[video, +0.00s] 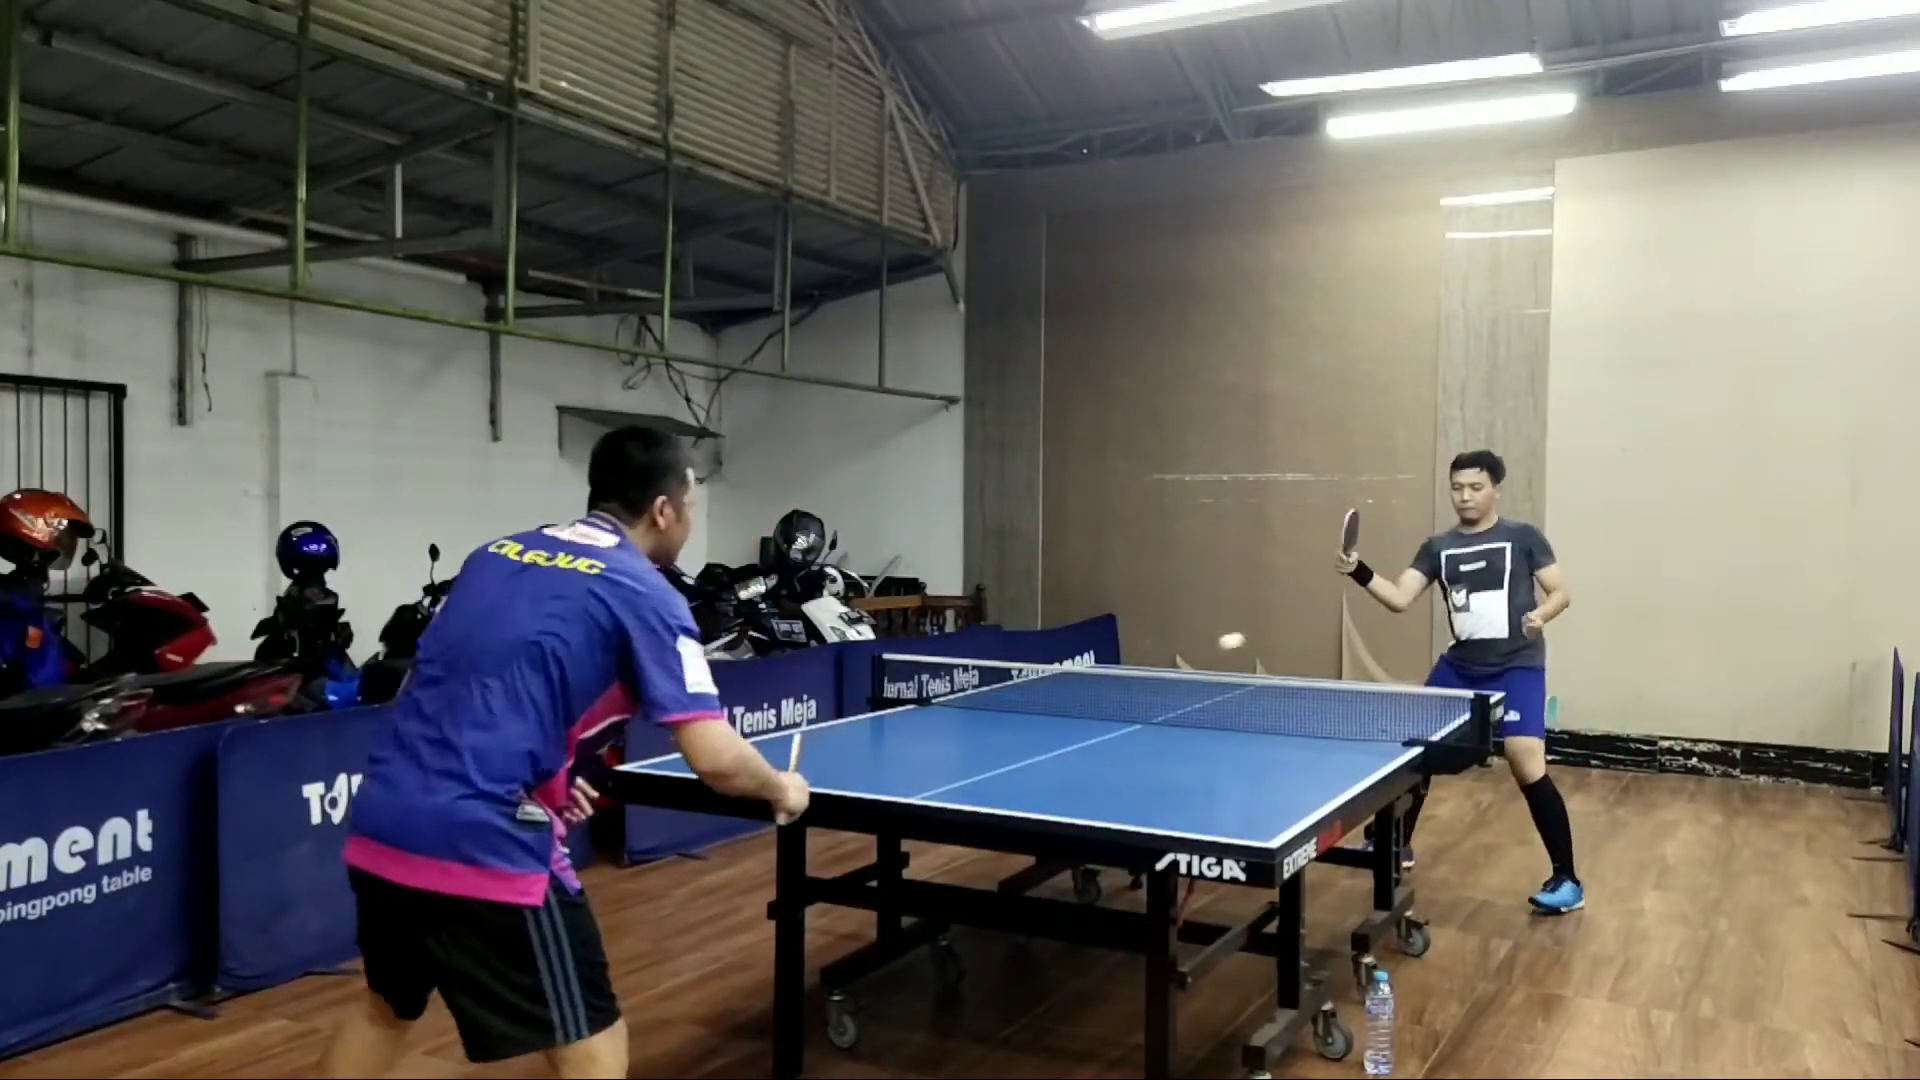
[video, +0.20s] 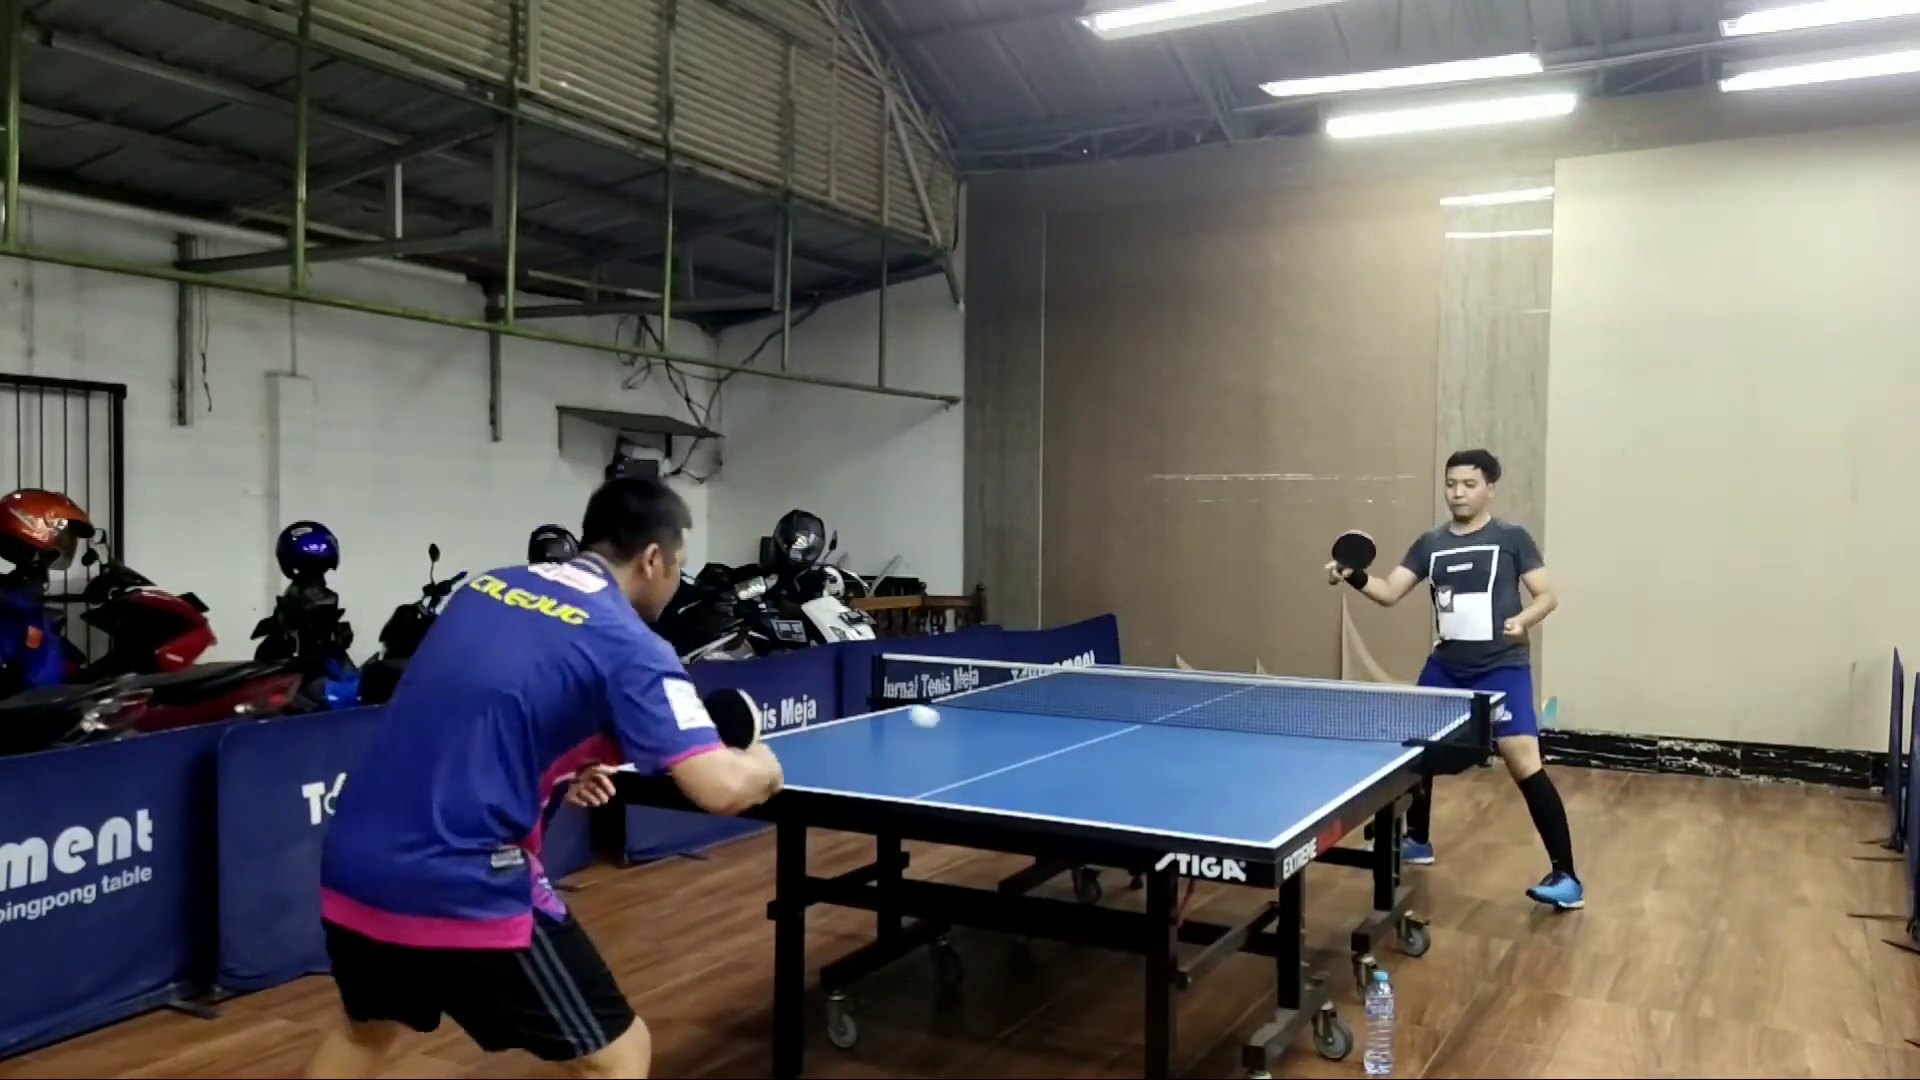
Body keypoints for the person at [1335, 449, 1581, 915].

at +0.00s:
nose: (1465, 496)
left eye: (1475, 487)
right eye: (1457, 488)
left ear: (1496, 490)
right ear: (1450, 493)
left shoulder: (1523, 537)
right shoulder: (1438, 548)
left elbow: (1560, 593)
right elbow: (1399, 597)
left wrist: (1541, 615)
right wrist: (1359, 571)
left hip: (1516, 666)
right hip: (1459, 665)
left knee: (1525, 762)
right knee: (1413, 744)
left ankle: (1565, 879)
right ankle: (1394, 843)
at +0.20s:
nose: (1458, 492)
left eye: (1468, 484)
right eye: (1452, 484)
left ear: (1490, 488)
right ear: (1445, 489)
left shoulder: (1512, 539)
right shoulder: (1430, 543)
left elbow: (1547, 597)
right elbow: (1389, 592)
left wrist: (1522, 620)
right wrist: (1351, 574)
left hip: (1502, 668)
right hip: (1445, 666)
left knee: (1524, 764)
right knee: (1415, 748)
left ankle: (1565, 875)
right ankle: (1418, 839)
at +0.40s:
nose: (1436, 498)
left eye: (1446, 490)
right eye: (1429, 491)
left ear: (1467, 494)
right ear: (1423, 497)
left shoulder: (1491, 538)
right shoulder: (1419, 551)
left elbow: (1516, 595)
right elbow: (1398, 609)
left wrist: (1461, 613)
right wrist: (1354, 612)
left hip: (1491, 669)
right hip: (1437, 668)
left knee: (1509, 765)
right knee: (1396, 737)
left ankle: (1563, 873)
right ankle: (1413, 836)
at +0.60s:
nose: (1412, 527)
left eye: (1421, 519)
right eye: (1405, 520)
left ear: (1443, 522)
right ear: (1400, 526)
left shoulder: (1466, 560)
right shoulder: (1413, 577)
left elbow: (1487, 615)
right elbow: (1412, 636)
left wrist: (1434, 610)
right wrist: (1394, 654)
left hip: (1487, 682)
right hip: (1439, 681)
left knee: (1489, 781)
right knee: (1382, 738)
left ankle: (1561, 874)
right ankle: (1389, 835)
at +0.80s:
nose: (1441, 509)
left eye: (1451, 501)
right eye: (1434, 502)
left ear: (1471, 505)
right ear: (1428, 508)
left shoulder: (1500, 545)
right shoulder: (1422, 567)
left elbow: (1542, 595)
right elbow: (1402, 630)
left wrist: (1502, 593)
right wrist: (1413, 640)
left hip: (1511, 670)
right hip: (1454, 671)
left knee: (1515, 762)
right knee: (1401, 744)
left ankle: (1566, 874)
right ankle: (1388, 838)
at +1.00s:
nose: (1469, 489)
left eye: (1480, 481)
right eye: (1462, 481)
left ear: (1499, 488)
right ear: (1454, 488)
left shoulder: (1525, 532)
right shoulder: (1441, 546)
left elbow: (1569, 579)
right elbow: (1395, 584)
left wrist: (1565, 594)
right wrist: (1359, 572)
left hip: (1534, 660)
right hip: (1477, 661)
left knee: (1544, 754)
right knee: (1440, 747)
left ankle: (1570, 874)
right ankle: (1416, 837)